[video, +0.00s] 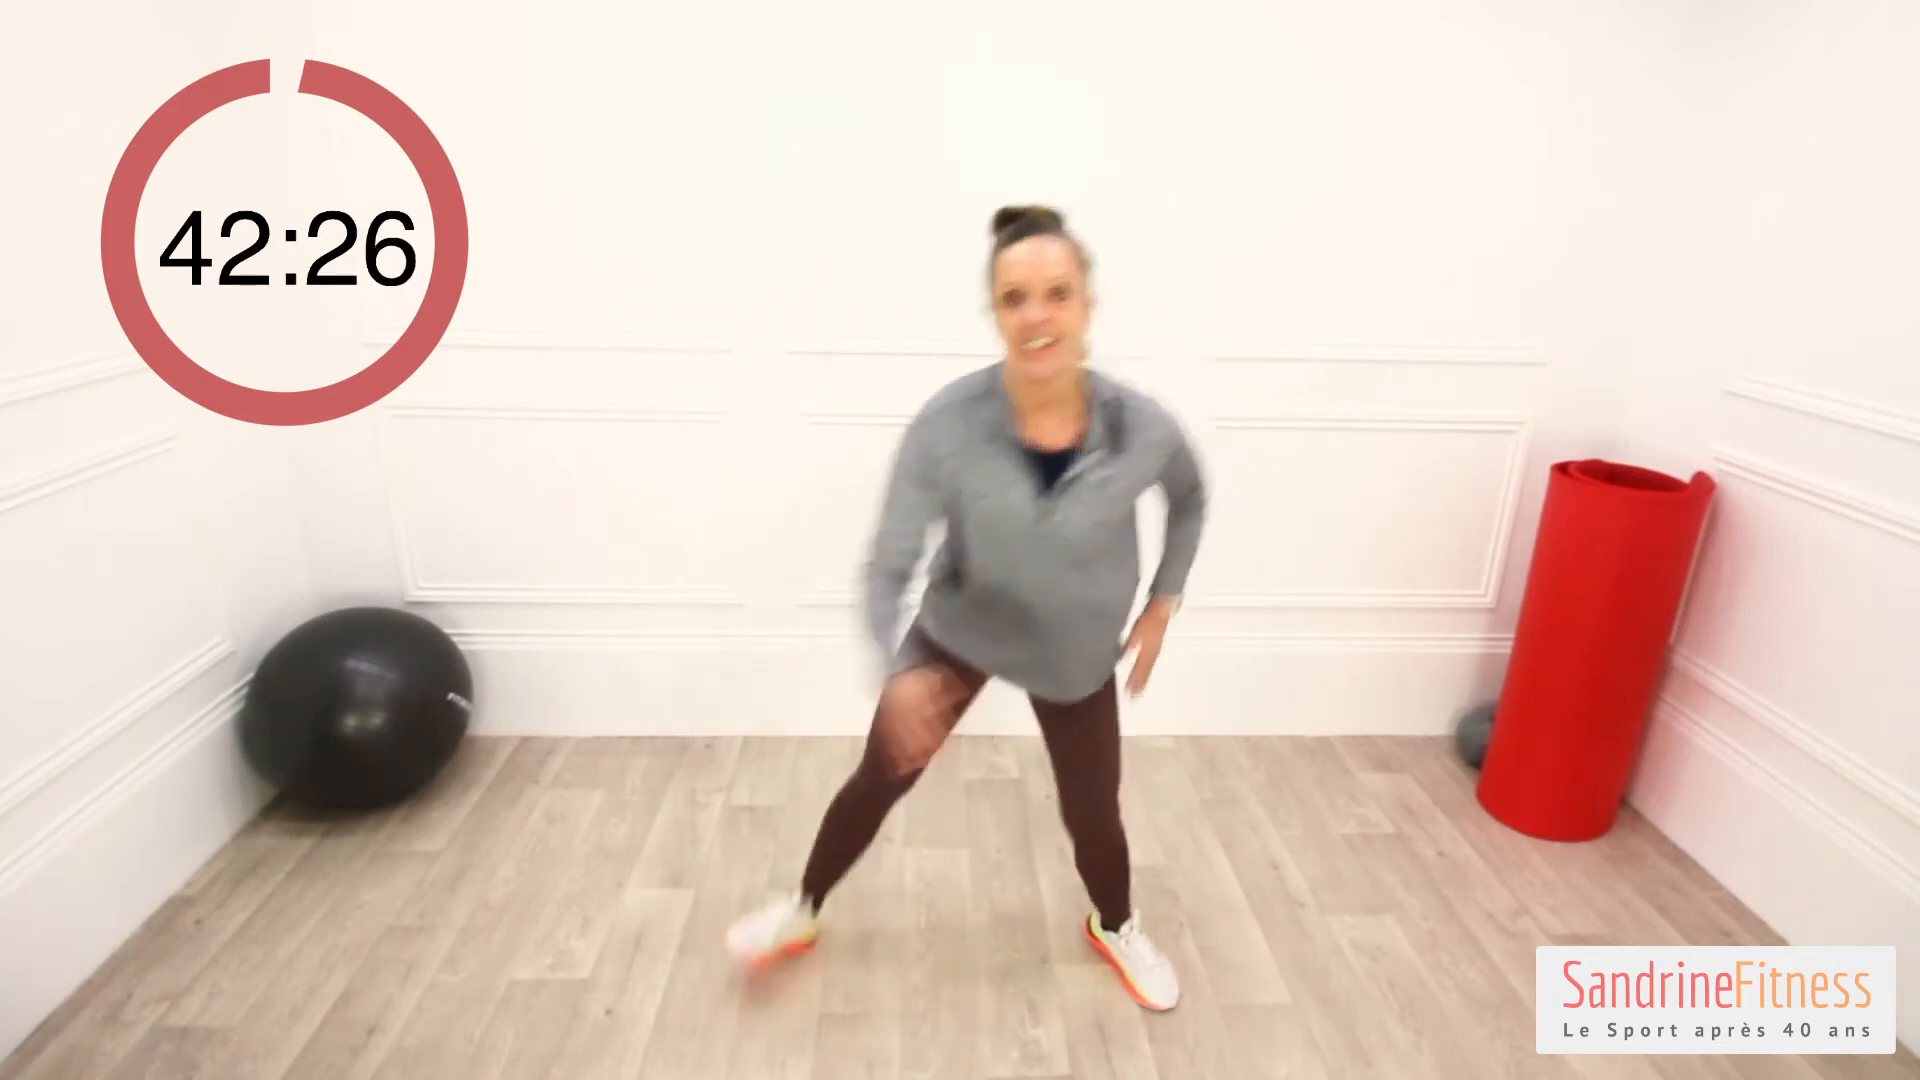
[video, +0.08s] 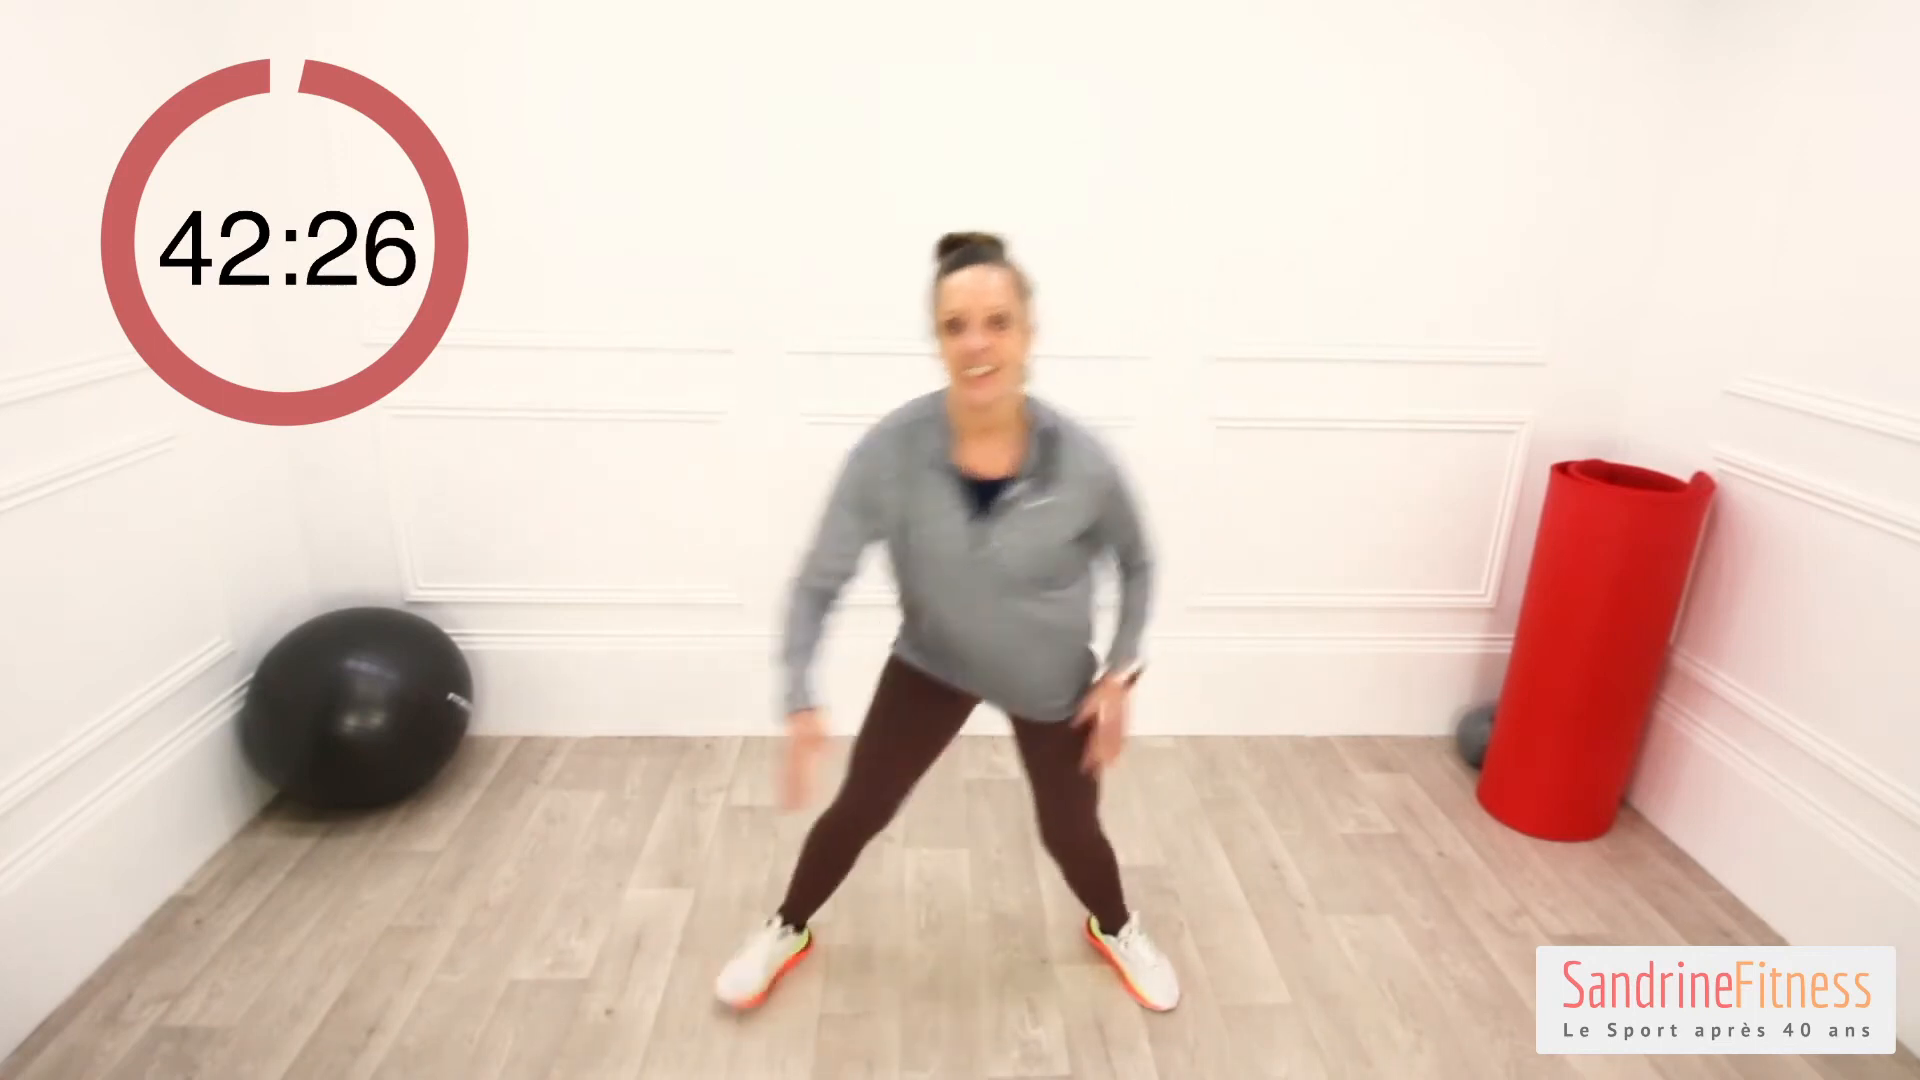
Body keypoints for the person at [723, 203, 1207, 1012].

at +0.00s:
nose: (1037, 318)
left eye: (1057, 295)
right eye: (1015, 299)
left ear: (1089, 306)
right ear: (994, 315)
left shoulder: (1142, 428)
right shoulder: (947, 428)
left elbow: (1190, 499)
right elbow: (888, 567)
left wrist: (1164, 598)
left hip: (1078, 639)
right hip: (964, 624)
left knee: (1094, 810)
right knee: (887, 770)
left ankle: (1116, 927)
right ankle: (803, 908)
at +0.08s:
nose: (976, 346)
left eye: (996, 325)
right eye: (956, 328)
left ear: (1030, 335)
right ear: (936, 342)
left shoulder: (1080, 462)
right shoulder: (892, 454)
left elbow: (1136, 563)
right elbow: (818, 583)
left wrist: (1121, 674)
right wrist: (800, 703)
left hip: (1051, 671)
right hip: (936, 659)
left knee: (1072, 829)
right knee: (863, 808)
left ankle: (1116, 930)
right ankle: (787, 930)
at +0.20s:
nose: (882, 332)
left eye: (903, 309)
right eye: (861, 311)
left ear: (937, 319)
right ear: (839, 324)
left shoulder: (986, 448)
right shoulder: (798, 445)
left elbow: (1038, 594)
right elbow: (749, 544)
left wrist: (992, 694)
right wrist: (750, 653)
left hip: (996, 654)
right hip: (879, 660)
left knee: (1052, 800)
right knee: (821, 813)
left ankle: (1120, 922)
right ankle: (779, 935)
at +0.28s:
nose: (827, 303)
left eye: (849, 280)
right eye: (806, 284)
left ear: (885, 292)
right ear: (785, 299)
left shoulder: (934, 419)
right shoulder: (755, 413)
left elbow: (987, 590)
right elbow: (743, 499)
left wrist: (890, 655)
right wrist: (763, 591)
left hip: (958, 615)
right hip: (844, 632)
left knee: (1043, 761)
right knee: (808, 802)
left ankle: (1118, 898)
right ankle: (778, 933)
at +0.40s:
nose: (776, 286)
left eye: (797, 263)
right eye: (753, 267)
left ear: (832, 276)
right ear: (731, 284)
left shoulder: (877, 392)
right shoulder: (725, 380)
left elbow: (903, 543)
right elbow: (777, 505)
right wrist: (836, 577)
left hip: (937, 606)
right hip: (834, 614)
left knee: (1005, 740)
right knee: (799, 796)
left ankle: (1088, 833)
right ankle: (781, 932)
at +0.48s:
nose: (757, 291)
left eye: (779, 268)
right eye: (734, 273)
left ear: (815, 282)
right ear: (713, 293)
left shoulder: (857, 388)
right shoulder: (716, 381)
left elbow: (854, 505)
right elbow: (758, 494)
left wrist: (695, 522)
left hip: (925, 613)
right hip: (824, 626)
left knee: (983, 746)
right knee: (782, 799)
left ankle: (1059, 819)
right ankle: (781, 934)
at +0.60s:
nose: (754, 302)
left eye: (774, 278)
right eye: (729, 283)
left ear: (809, 291)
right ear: (709, 302)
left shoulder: (853, 401)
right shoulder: (710, 391)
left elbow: (843, 509)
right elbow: (753, 510)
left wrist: (696, 536)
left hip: (916, 618)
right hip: (812, 631)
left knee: (972, 753)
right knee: (774, 806)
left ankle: (1045, 829)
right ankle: (780, 934)